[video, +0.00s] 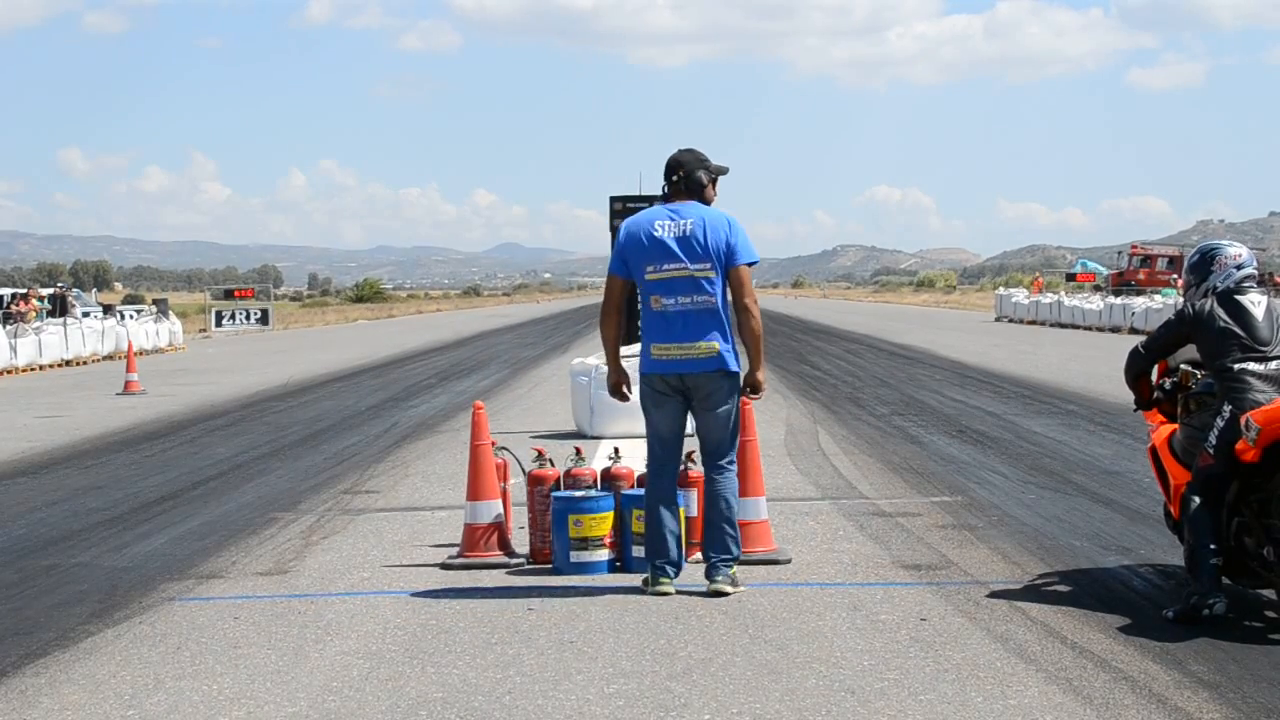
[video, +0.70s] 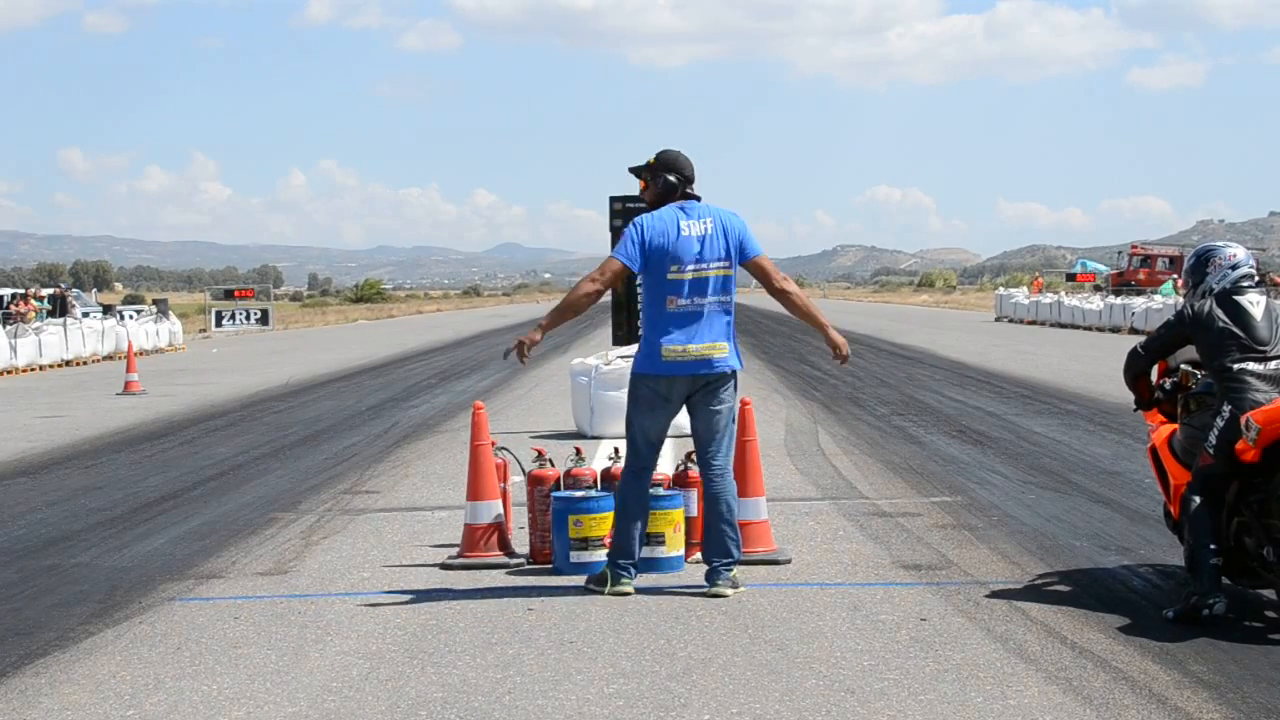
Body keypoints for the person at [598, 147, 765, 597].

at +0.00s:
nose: (716, 191)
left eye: (716, 184)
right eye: (714, 184)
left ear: (668, 183)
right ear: (703, 184)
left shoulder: (633, 229)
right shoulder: (721, 225)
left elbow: (612, 305)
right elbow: (746, 305)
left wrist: (613, 364)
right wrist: (757, 365)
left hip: (658, 366)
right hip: (713, 364)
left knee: (661, 466)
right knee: (720, 463)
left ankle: (661, 571)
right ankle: (720, 568)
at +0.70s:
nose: (641, 191)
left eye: (646, 184)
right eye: (642, 184)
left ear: (663, 184)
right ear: (687, 186)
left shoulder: (645, 227)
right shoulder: (729, 223)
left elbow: (597, 285)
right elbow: (778, 284)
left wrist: (541, 329)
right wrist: (828, 330)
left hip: (659, 365)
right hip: (717, 362)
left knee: (639, 465)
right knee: (717, 466)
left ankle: (621, 570)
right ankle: (721, 571)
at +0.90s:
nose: (611, 192)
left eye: (616, 184)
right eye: (613, 183)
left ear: (635, 185)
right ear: (660, 186)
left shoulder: (619, 229)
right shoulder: (701, 222)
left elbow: (558, 274)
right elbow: (757, 274)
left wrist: (496, 306)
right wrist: (815, 313)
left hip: (634, 366)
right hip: (692, 362)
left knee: (622, 471)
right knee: (702, 465)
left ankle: (619, 572)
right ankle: (721, 568)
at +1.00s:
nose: (598, 191)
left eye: (602, 183)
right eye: (600, 182)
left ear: (621, 183)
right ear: (647, 184)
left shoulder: (604, 229)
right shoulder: (689, 221)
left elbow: (538, 274)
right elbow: (743, 273)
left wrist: (476, 303)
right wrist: (801, 309)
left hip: (622, 365)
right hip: (679, 361)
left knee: (617, 470)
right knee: (693, 462)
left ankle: (619, 572)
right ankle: (719, 564)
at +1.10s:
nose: (589, 188)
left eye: (593, 181)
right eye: (591, 180)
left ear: (609, 183)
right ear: (636, 183)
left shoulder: (593, 227)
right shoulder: (677, 221)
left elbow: (526, 270)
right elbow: (732, 274)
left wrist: (468, 299)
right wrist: (784, 306)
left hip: (613, 363)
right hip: (669, 361)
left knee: (614, 466)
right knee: (684, 459)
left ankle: (619, 572)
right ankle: (705, 562)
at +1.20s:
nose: (584, 190)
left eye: (587, 182)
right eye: (585, 182)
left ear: (600, 183)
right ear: (630, 183)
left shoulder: (585, 226)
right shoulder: (669, 219)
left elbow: (520, 270)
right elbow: (721, 272)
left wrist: (463, 298)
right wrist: (770, 304)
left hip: (609, 363)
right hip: (666, 361)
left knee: (612, 465)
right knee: (674, 460)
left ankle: (619, 571)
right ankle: (682, 567)